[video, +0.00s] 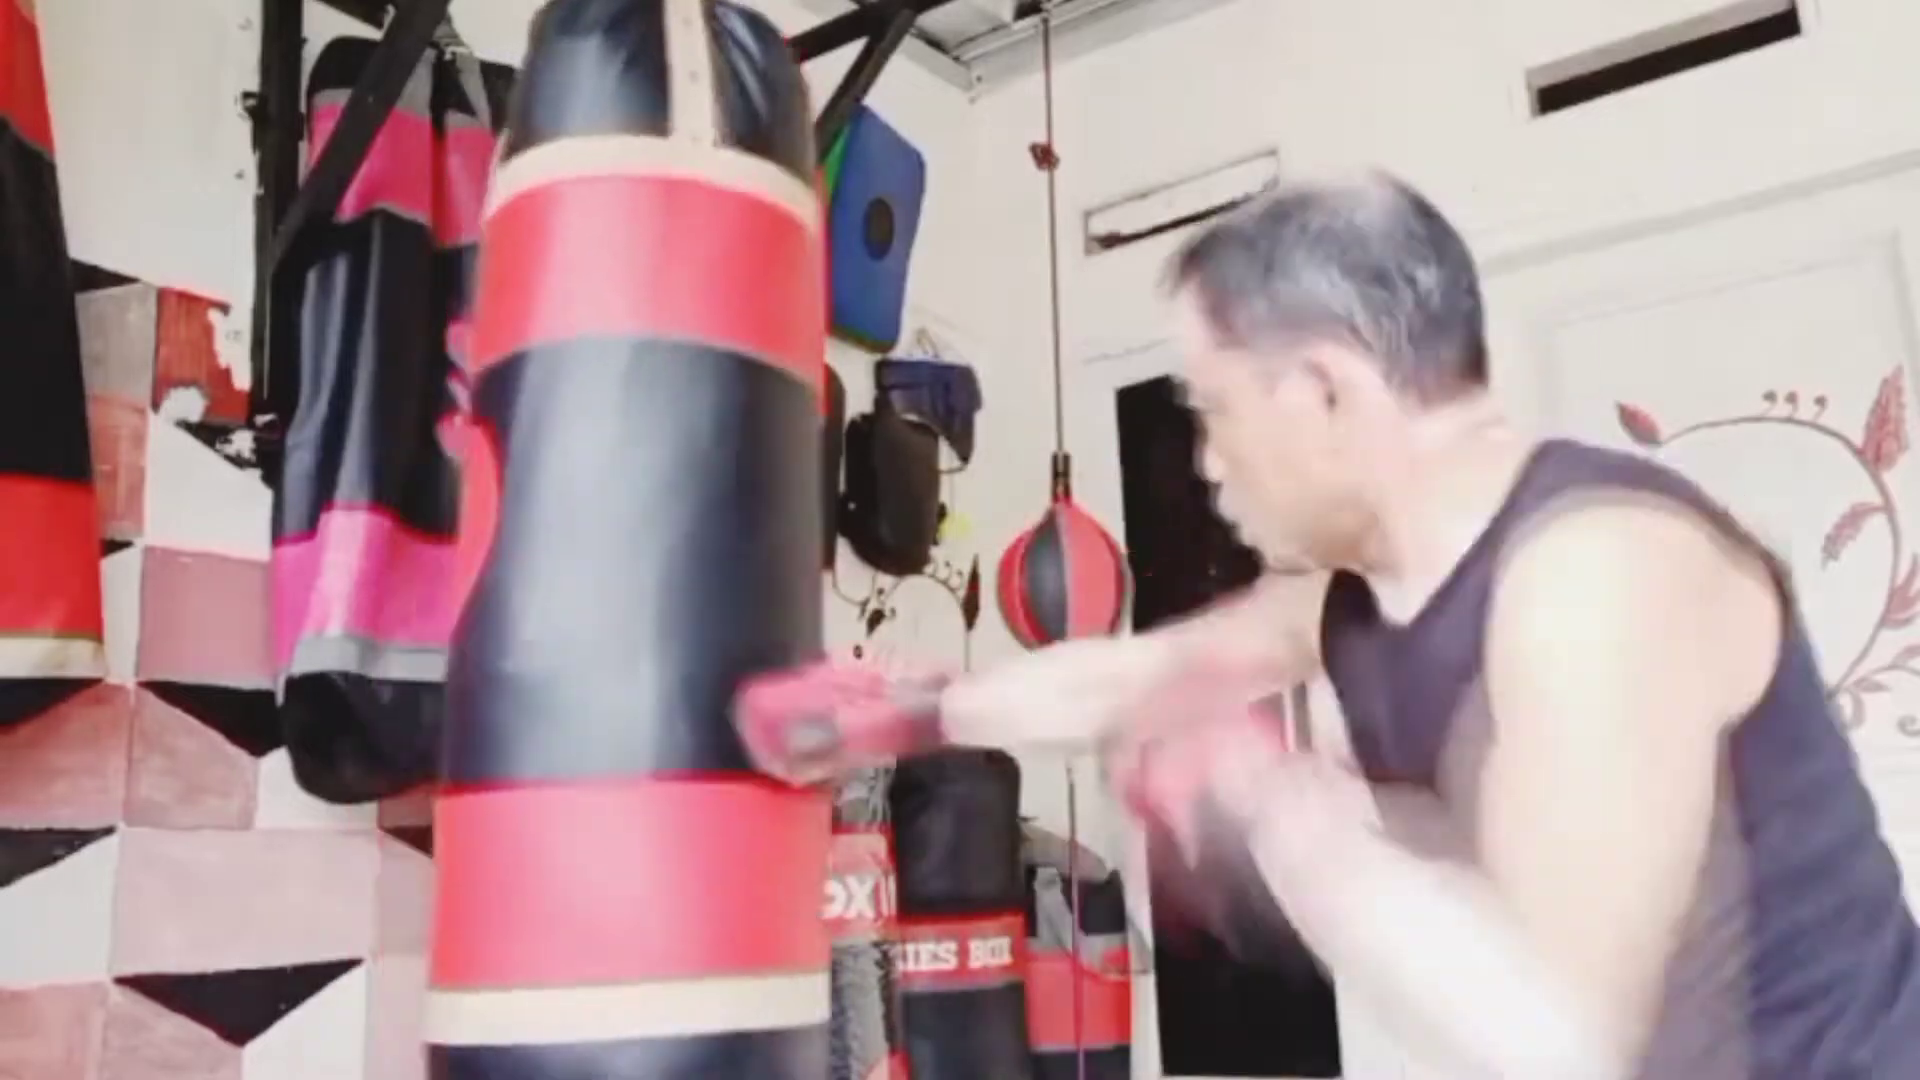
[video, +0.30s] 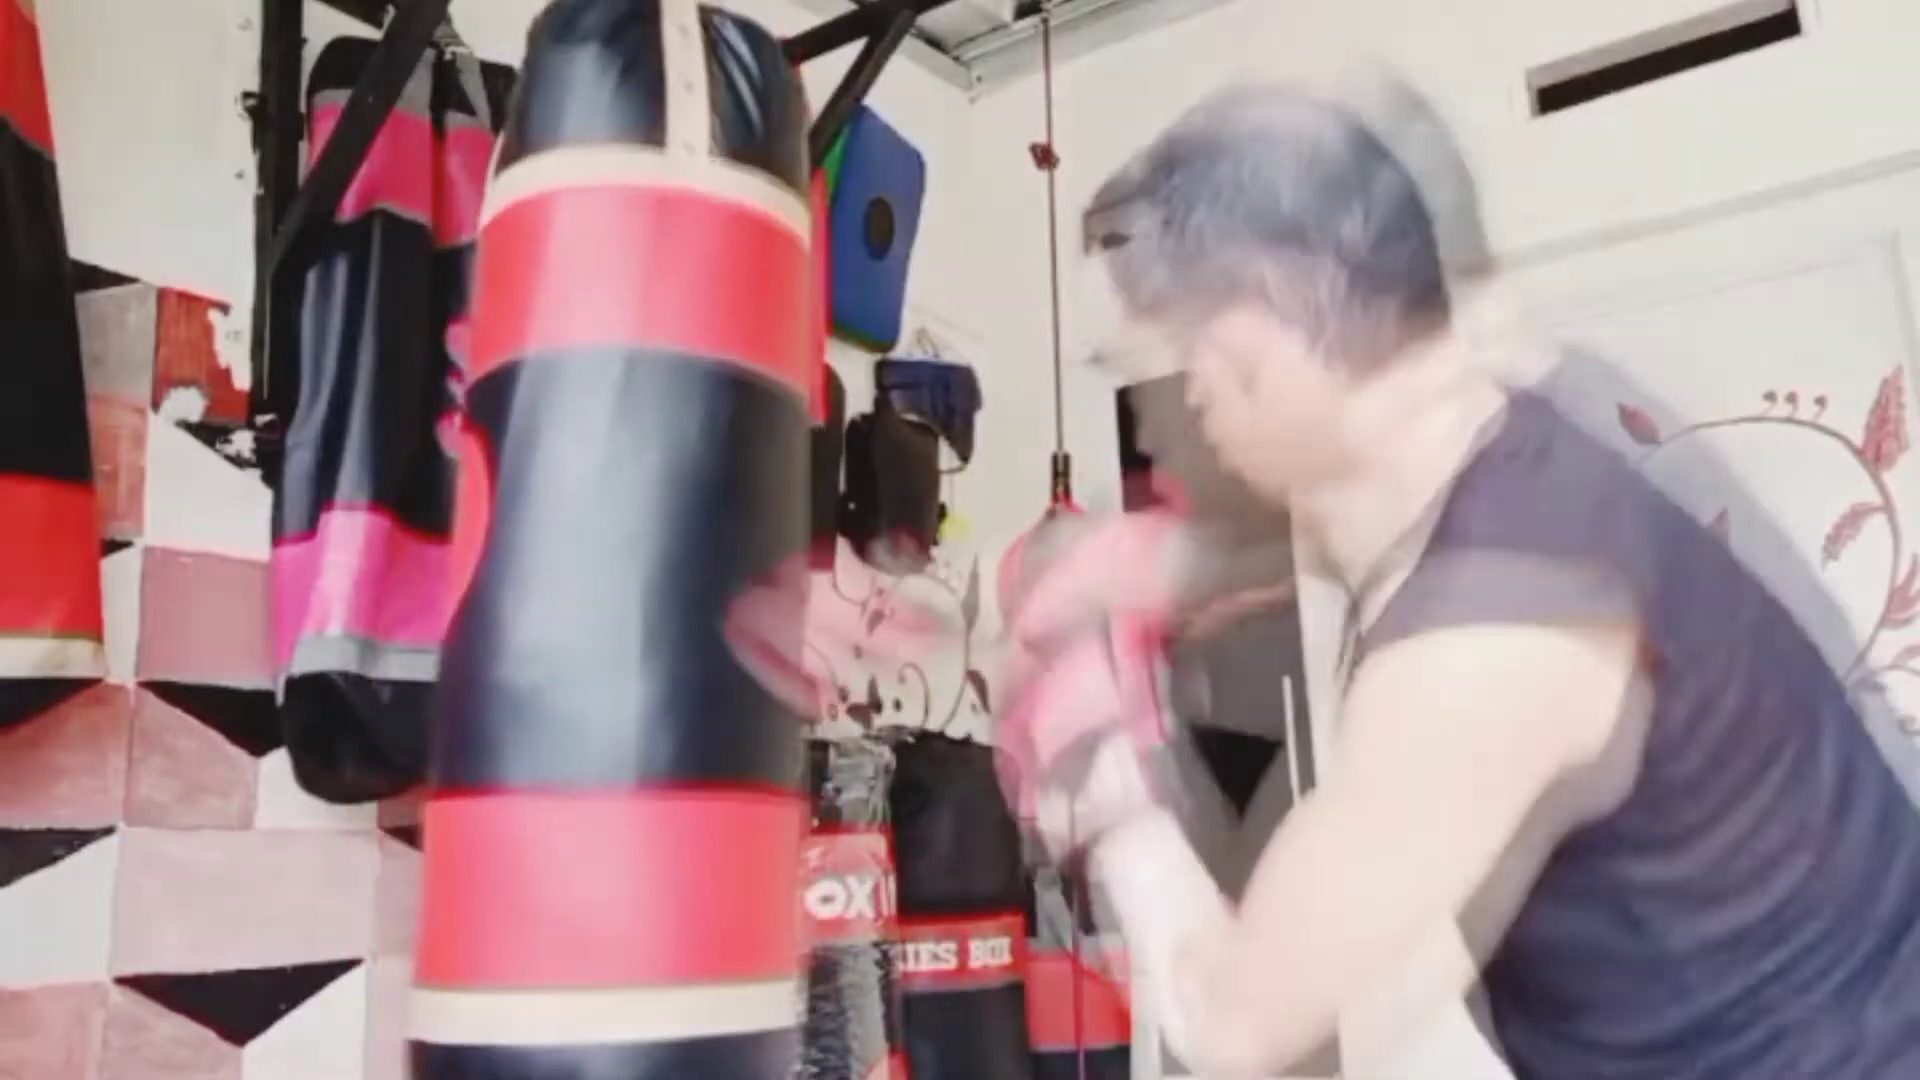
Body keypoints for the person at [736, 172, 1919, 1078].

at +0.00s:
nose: (1205, 462)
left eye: (1210, 410)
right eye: (1197, 418)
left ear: (1333, 382)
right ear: (1339, 384)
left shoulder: (1609, 574)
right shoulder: (1381, 574)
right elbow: (1153, 677)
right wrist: (918, 711)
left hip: (1809, 1057)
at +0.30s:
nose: (1192, 405)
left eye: (1191, 364)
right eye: (1180, 368)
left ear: (1278, 322)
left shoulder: (1505, 617)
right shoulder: (1472, 444)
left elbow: (1237, 1027)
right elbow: (1334, 527)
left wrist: (1109, 769)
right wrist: (1180, 573)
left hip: (1782, 1055)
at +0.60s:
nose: (1443, 315)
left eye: (1432, 260)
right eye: (1423, 264)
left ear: (1517, 220)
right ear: (1653, 199)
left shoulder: (1662, 435)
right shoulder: (1864, 398)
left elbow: (1345, 829)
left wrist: (1339, 574)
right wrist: (1494, 501)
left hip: (1797, 1051)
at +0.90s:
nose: (1460, 354)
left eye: (1460, 323)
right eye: (1460, 326)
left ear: (1497, 308)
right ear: (1703, 300)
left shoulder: (1473, 489)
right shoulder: (1862, 456)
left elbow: (1112, 672)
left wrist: (1146, 547)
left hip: (1623, 1050)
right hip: (1881, 1038)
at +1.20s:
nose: (1064, 462)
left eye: (1057, 422)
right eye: (1044, 429)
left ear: (1131, 385)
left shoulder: (1321, 610)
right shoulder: (1361, 449)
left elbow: (1004, 883)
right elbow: (1152, 503)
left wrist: (964, 656)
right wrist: (882, 501)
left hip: (1451, 1059)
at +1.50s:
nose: (1082, 423)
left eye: (1080, 369)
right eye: (1071, 377)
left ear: (1145, 335)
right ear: (1289, 300)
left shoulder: (1252, 531)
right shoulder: (1490, 444)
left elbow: (951, 818)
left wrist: (960, 571)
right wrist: (1092, 580)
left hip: (1469, 1063)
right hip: (1715, 1048)